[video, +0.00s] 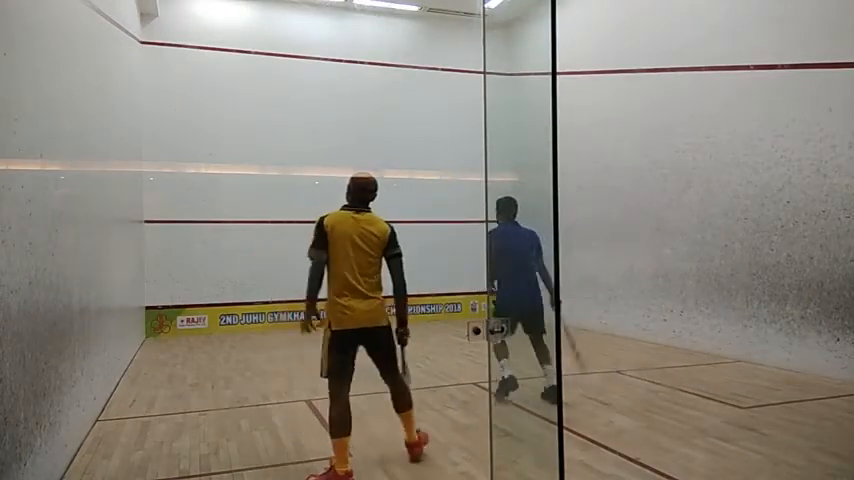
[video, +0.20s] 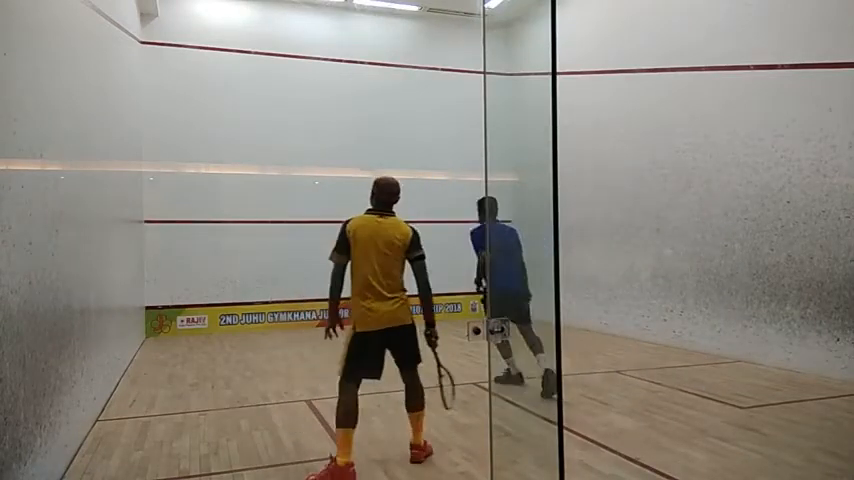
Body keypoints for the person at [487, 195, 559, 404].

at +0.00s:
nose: (496, 215)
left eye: (497, 212)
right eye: (498, 212)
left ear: (499, 214)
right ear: (516, 213)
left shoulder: (493, 237)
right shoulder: (531, 236)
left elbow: (491, 270)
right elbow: (542, 269)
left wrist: (490, 290)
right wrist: (553, 293)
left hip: (506, 298)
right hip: (531, 298)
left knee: (496, 334)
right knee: (537, 339)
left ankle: (507, 374)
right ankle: (552, 384)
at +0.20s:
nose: (479, 215)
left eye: (479, 212)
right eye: (481, 211)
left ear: (479, 212)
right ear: (496, 211)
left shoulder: (477, 233)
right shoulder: (511, 232)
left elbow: (484, 258)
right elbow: (520, 264)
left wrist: (479, 279)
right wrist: (525, 290)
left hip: (496, 293)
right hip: (518, 291)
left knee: (497, 333)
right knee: (527, 331)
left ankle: (513, 371)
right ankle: (545, 368)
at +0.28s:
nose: (470, 222)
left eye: (469, 219)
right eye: (474, 218)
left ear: (469, 219)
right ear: (486, 217)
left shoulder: (468, 241)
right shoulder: (499, 236)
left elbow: (473, 269)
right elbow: (511, 268)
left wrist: (468, 287)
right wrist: (513, 289)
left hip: (489, 295)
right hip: (510, 292)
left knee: (493, 335)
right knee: (516, 330)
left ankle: (513, 372)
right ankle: (542, 359)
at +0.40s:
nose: (457, 221)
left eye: (457, 218)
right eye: (458, 218)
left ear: (458, 219)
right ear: (474, 217)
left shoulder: (459, 240)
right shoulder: (488, 235)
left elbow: (462, 269)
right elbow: (505, 262)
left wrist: (454, 281)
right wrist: (501, 285)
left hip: (480, 295)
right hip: (497, 292)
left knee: (490, 338)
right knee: (502, 330)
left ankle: (514, 370)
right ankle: (525, 355)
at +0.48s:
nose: (445, 218)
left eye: (445, 215)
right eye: (447, 215)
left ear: (446, 216)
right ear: (463, 214)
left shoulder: (447, 235)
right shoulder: (476, 231)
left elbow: (448, 263)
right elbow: (492, 254)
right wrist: (490, 278)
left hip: (465, 287)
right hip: (484, 285)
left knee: (480, 325)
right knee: (487, 323)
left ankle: (503, 363)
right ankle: (498, 361)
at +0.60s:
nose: (432, 215)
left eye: (433, 212)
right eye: (433, 212)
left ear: (435, 213)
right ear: (450, 213)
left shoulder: (435, 233)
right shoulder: (462, 230)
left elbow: (440, 261)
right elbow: (479, 252)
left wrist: (428, 271)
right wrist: (475, 272)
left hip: (453, 287)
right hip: (469, 285)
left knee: (467, 325)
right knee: (464, 322)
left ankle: (501, 360)